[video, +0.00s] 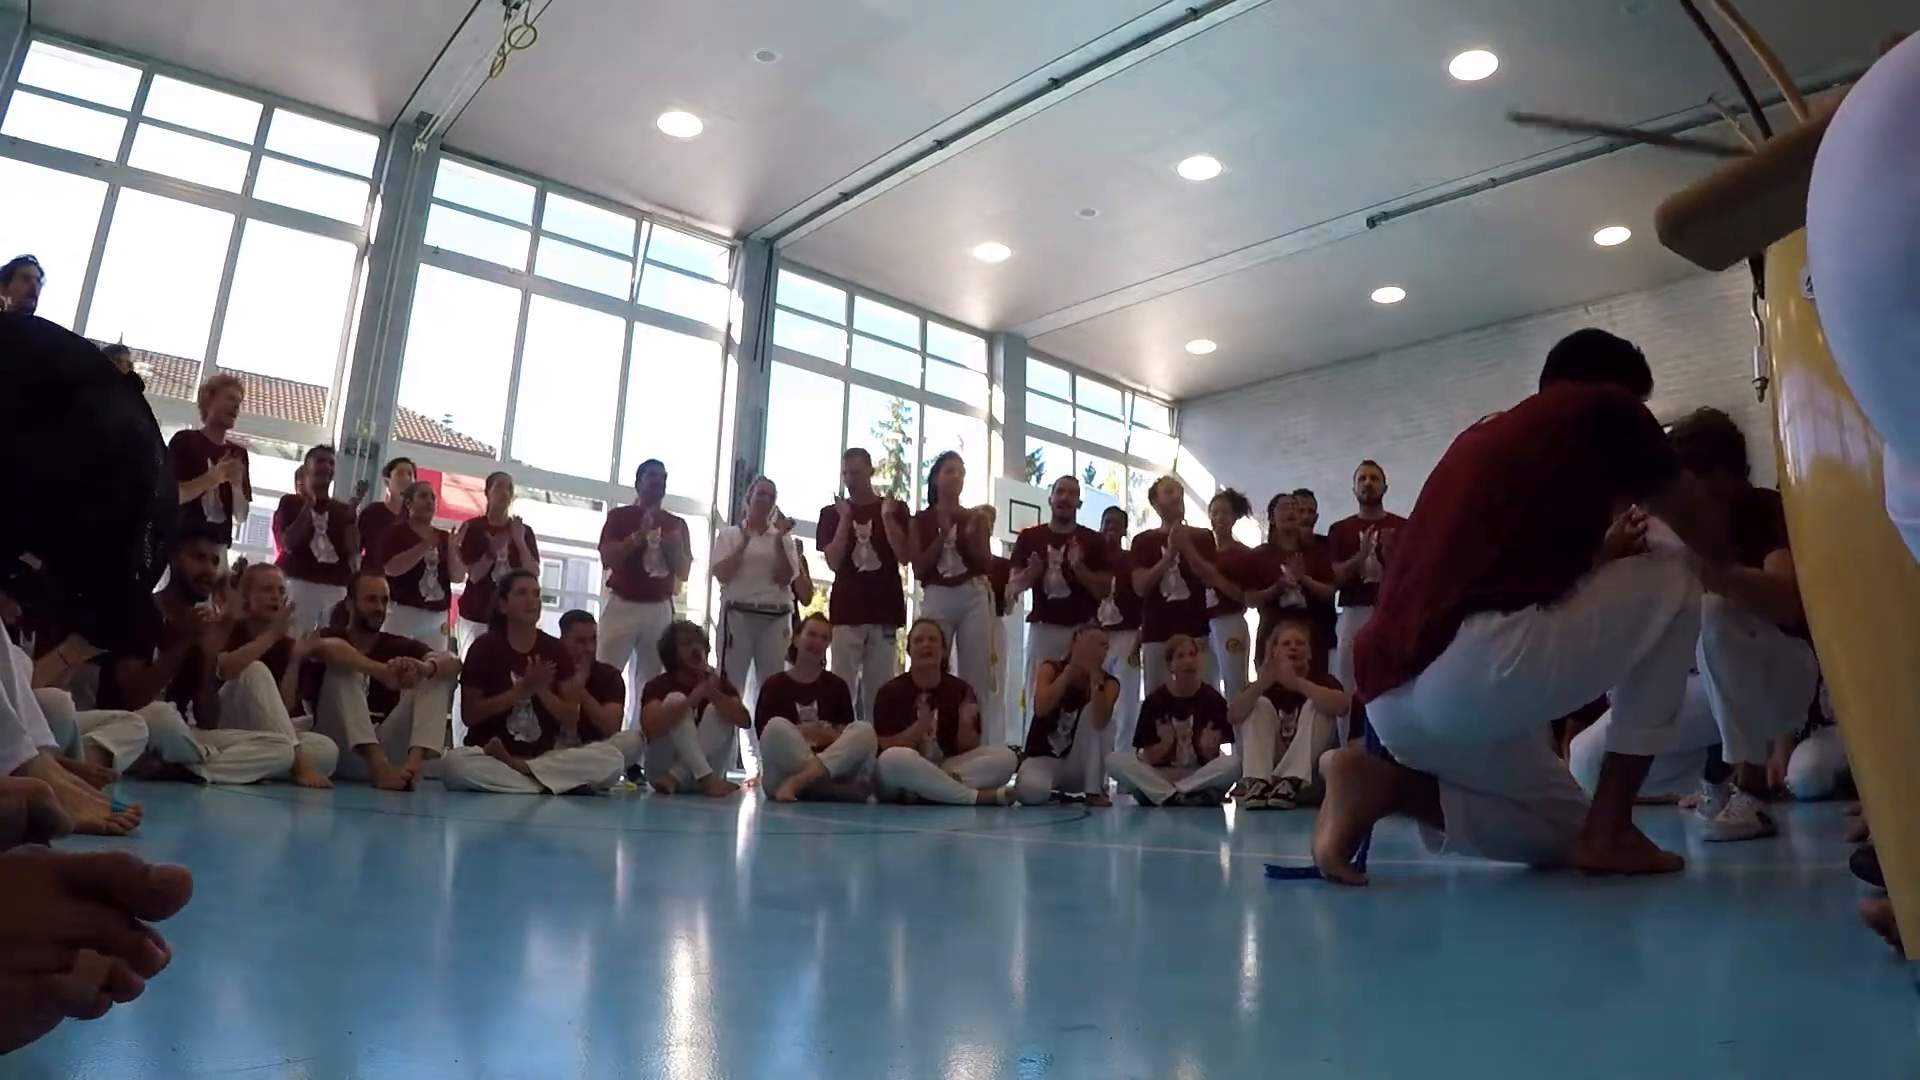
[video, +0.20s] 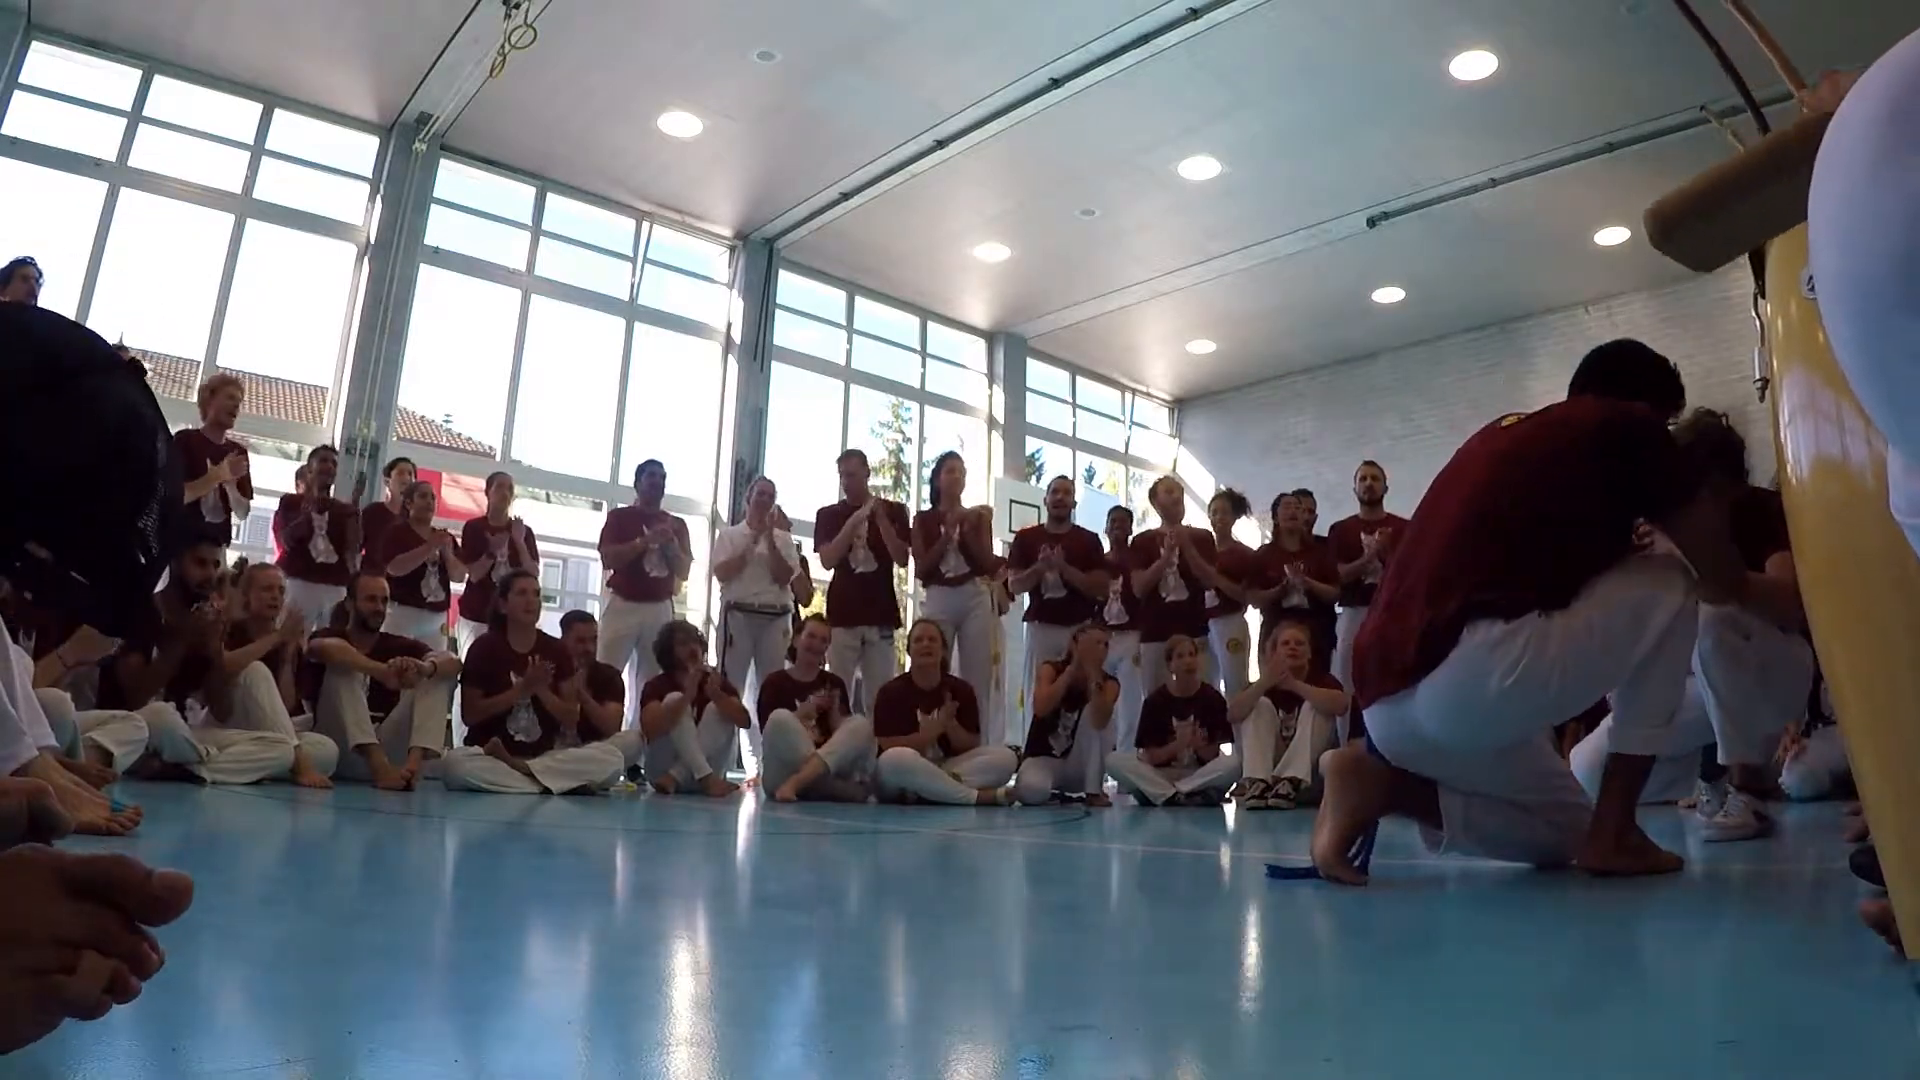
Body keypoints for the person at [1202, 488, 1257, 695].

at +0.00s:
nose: (1219, 518)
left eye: (1225, 513)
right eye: (1214, 513)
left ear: (1236, 517)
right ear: (1208, 516)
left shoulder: (1244, 553)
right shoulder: (1203, 552)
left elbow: (1245, 597)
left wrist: (1215, 577)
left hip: (1229, 619)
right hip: (1202, 621)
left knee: (1235, 690)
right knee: (1206, 689)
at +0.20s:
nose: (1219, 518)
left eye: (1225, 512)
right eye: (1214, 513)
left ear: (1235, 516)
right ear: (1208, 516)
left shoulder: (1246, 554)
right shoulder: (1202, 553)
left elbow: (1244, 596)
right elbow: (1191, 589)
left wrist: (1214, 576)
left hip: (1230, 620)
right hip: (1201, 622)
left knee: (1235, 690)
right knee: (1205, 690)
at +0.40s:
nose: (1219, 518)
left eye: (1225, 512)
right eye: (1214, 513)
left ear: (1235, 516)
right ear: (1208, 517)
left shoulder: (1245, 554)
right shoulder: (1204, 555)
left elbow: (1243, 595)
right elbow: (1192, 591)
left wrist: (1212, 574)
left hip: (1230, 621)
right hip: (1202, 624)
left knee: (1235, 692)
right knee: (1205, 693)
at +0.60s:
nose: (1218, 518)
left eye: (1223, 512)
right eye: (1213, 513)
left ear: (1234, 516)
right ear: (1207, 517)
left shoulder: (1245, 554)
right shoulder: (1204, 557)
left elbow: (1245, 595)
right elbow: (1194, 591)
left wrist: (1212, 576)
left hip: (1231, 622)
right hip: (1202, 624)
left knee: (1235, 693)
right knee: (1205, 692)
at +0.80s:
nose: (1217, 518)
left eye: (1223, 513)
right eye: (1212, 513)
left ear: (1234, 516)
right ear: (1207, 517)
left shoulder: (1244, 553)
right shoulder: (1205, 557)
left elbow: (1244, 594)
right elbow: (1196, 585)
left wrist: (1213, 577)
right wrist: (1188, 558)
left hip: (1229, 621)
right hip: (1202, 623)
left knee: (1234, 688)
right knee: (1205, 687)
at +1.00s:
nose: (1216, 519)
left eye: (1222, 513)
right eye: (1212, 513)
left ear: (1233, 516)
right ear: (1207, 517)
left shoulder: (1242, 553)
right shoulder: (1202, 558)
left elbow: (1240, 593)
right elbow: (1192, 600)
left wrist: (1211, 576)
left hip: (1229, 621)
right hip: (1201, 622)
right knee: (1202, 683)